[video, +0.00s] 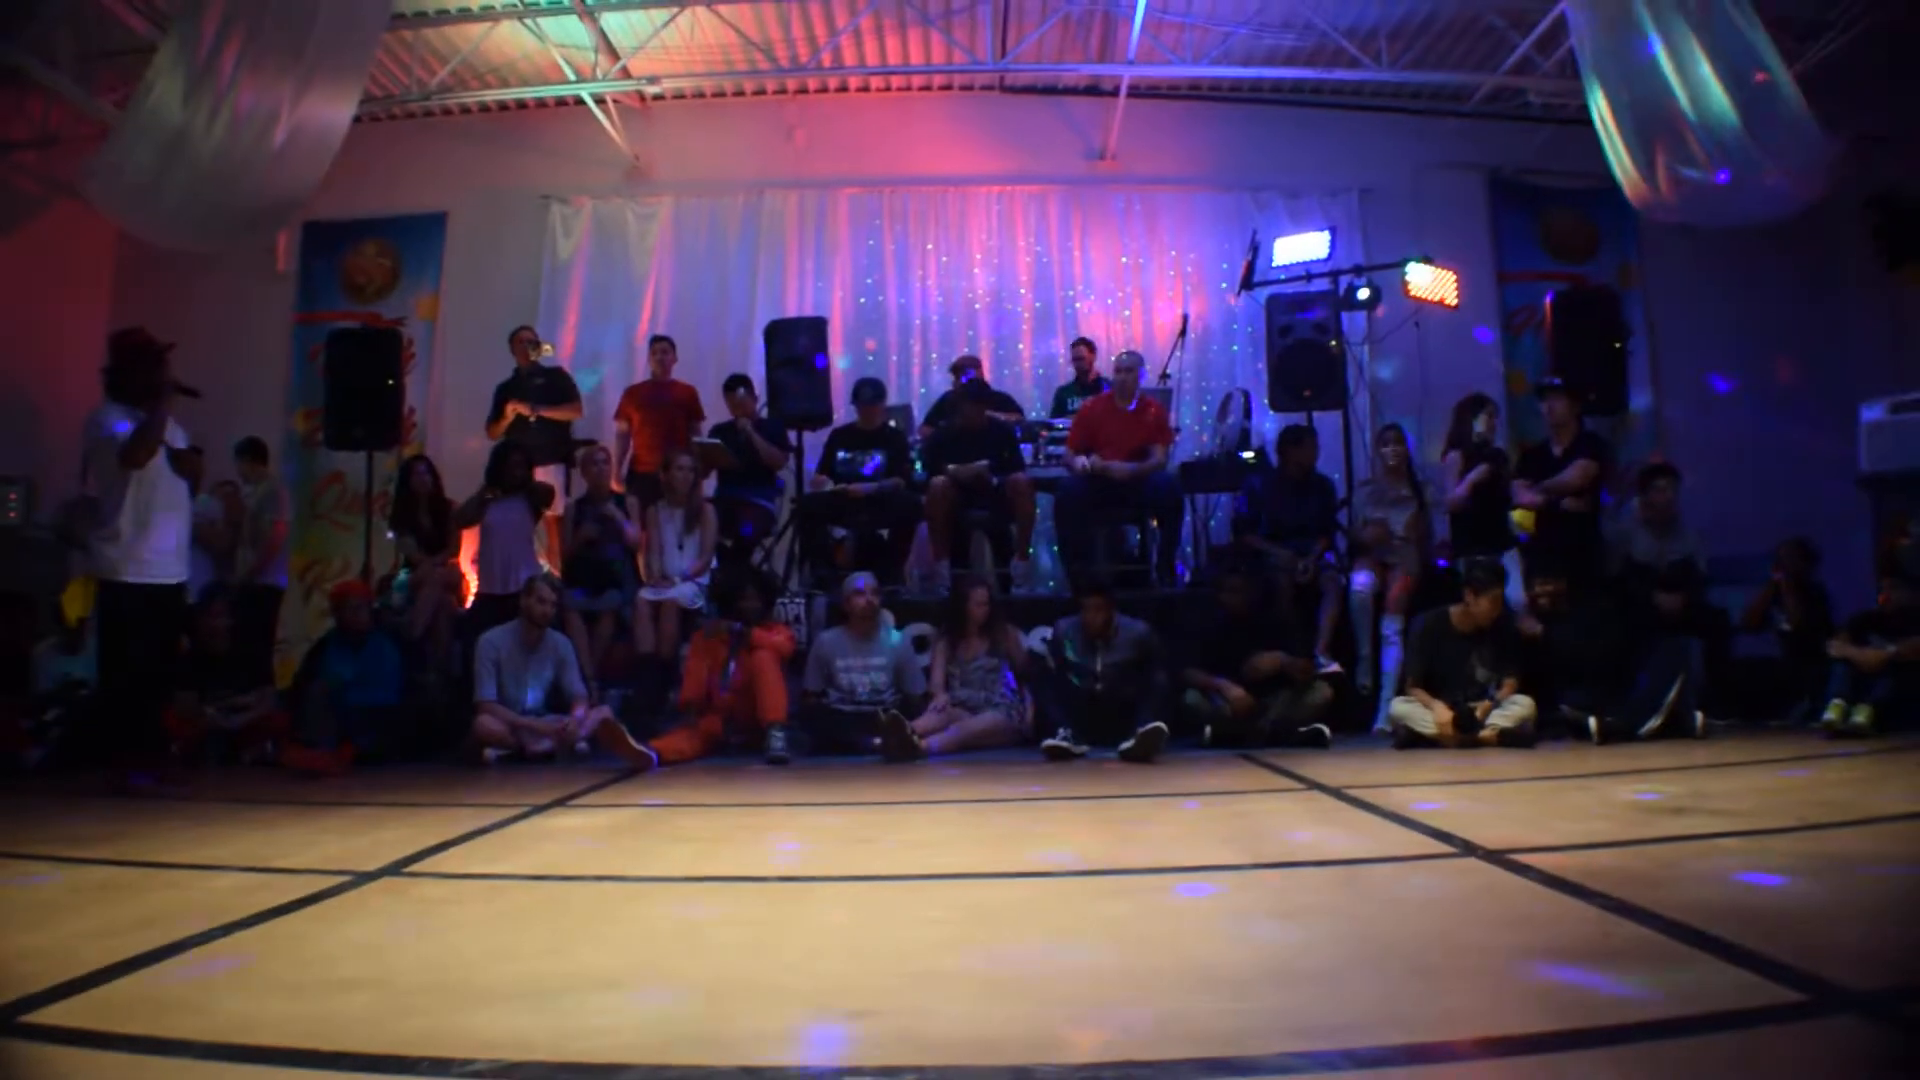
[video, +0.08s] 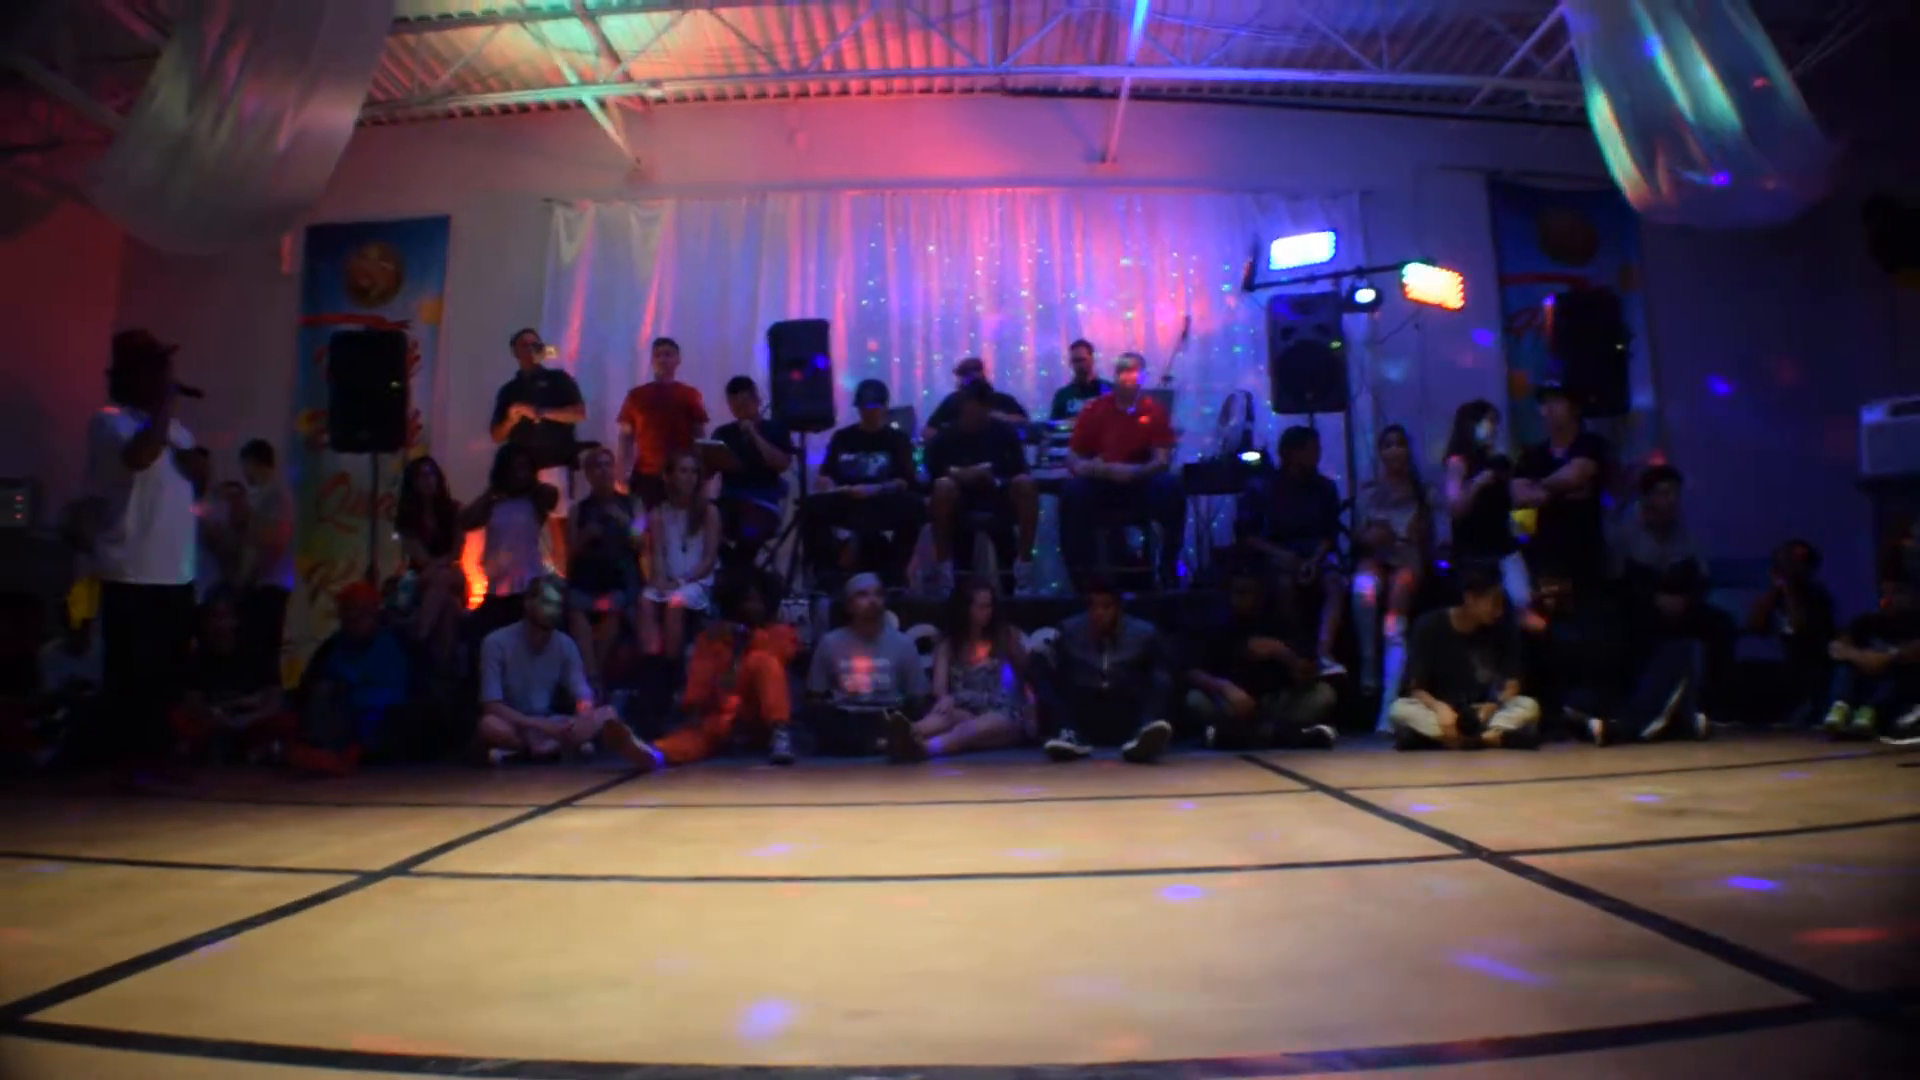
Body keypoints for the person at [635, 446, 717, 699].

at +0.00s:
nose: (684, 476)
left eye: (689, 470)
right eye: (679, 470)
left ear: (696, 477)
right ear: (666, 475)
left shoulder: (704, 510)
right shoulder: (656, 511)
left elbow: (707, 554)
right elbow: (652, 548)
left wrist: (686, 576)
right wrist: (654, 575)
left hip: (693, 579)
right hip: (663, 579)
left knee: (670, 603)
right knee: (643, 601)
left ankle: (666, 668)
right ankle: (645, 667)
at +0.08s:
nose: (688, 477)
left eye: (692, 472)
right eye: (682, 471)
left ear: (698, 477)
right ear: (668, 476)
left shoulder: (708, 512)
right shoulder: (658, 514)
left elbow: (709, 559)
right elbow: (656, 551)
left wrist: (684, 580)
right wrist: (659, 579)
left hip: (696, 580)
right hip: (666, 579)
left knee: (675, 605)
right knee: (646, 601)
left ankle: (671, 664)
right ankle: (651, 662)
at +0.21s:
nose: (709, 477)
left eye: (715, 472)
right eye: (704, 471)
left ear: (723, 478)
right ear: (692, 476)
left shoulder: (731, 512)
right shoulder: (681, 513)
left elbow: (732, 559)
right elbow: (675, 554)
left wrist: (708, 579)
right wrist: (680, 578)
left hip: (719, 577)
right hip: (688, 578)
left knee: (698, 603)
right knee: (669, 600)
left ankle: (693, 670)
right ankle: (672, 667)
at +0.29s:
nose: (709, 476)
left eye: (714, 471)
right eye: (703, 470)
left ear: (720, 476)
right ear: (690, 476)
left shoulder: (730, 511)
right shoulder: (679, 512)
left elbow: (731, 560)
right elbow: (676, 554)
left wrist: (703, 579)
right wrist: (681, 577)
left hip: (718, 579)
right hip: (688, 579)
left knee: (696, 603)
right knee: (668, 600)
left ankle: (692, 666)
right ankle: (671, 665)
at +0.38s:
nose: (706, 476)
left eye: (710, 470)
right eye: (700, 470)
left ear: (717, 476)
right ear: (687, 475)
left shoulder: (726, 511)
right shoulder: (676, 512)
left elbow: (727, 558)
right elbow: (672, 553)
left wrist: (705, 576)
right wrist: (677, 577)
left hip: (713, 577)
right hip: (684, 577)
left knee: (693, 603)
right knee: (664, 600)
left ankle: (688, 670)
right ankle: (666, 668)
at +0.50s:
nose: (709, 475)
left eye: (714, 469)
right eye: (703, 469)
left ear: (721, 475)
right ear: (692, 474)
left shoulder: (730, 510)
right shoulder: (681, 511)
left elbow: (732, 557)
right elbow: (677, 553)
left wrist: (709, 578)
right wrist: (682, 576)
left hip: (719, 576)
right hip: (689, 576)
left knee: (697, 602)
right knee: (668, 600)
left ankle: (692, 672)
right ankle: (670, 670)